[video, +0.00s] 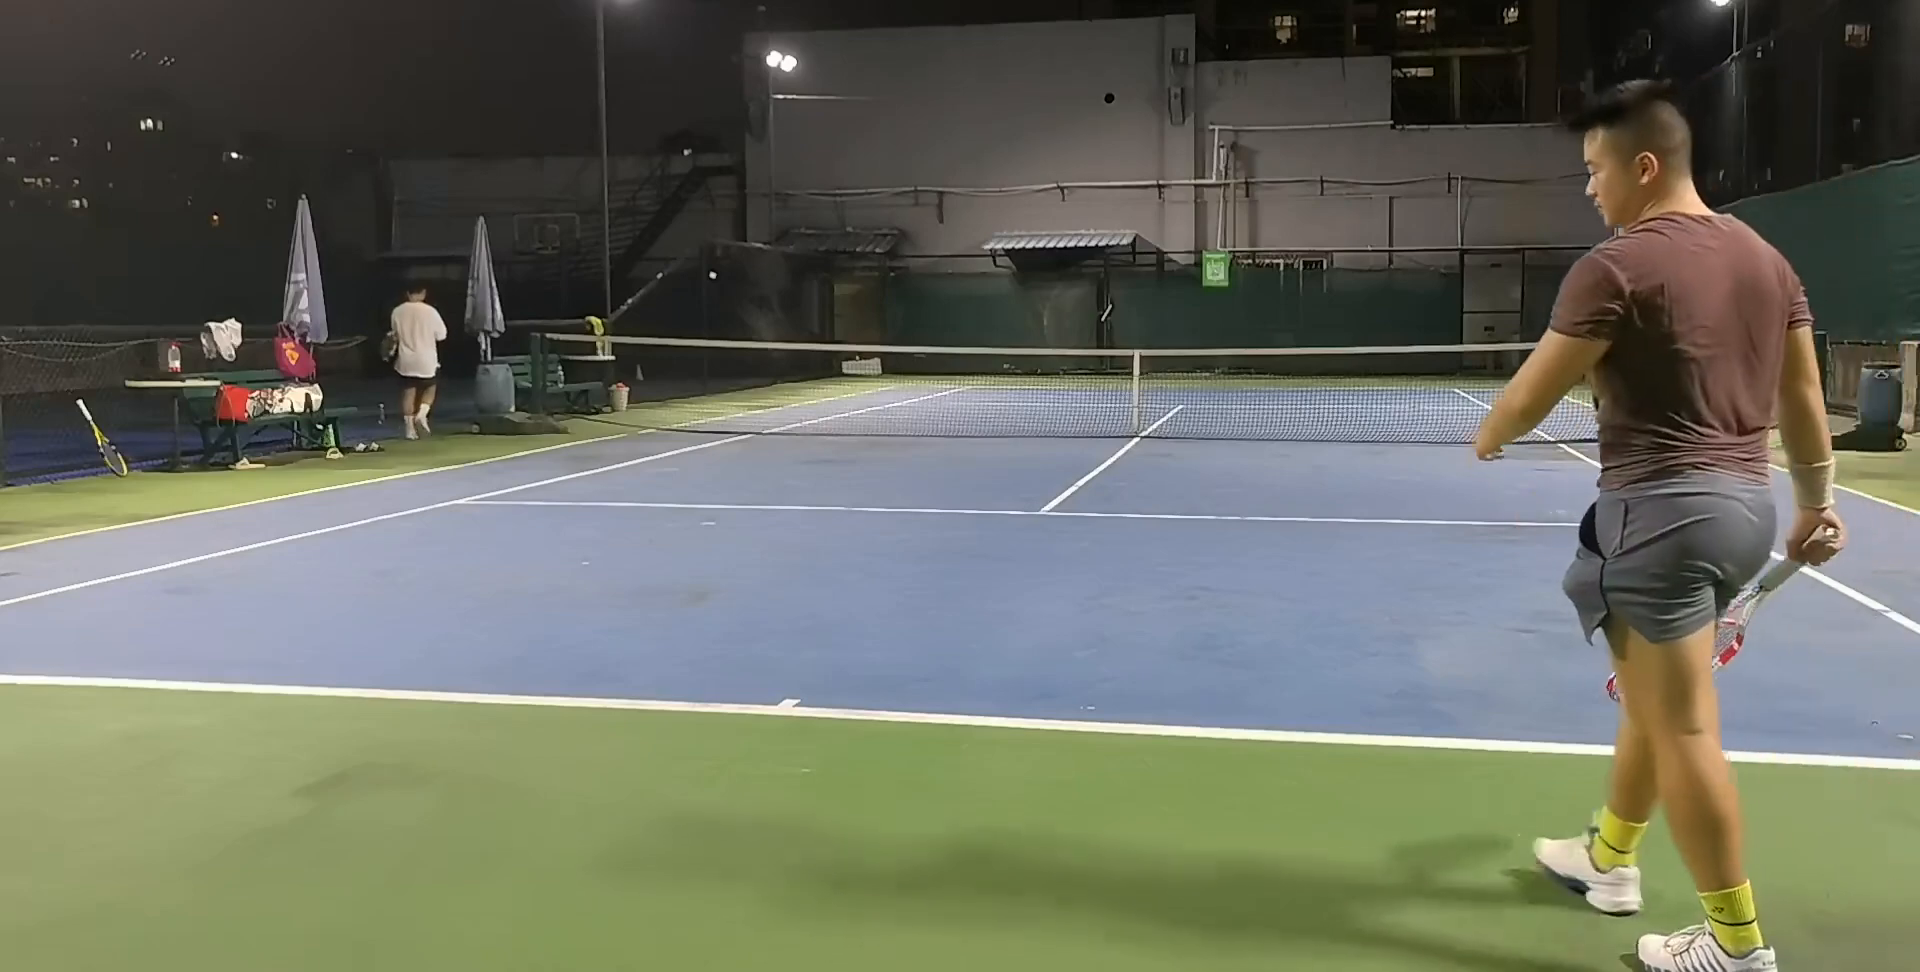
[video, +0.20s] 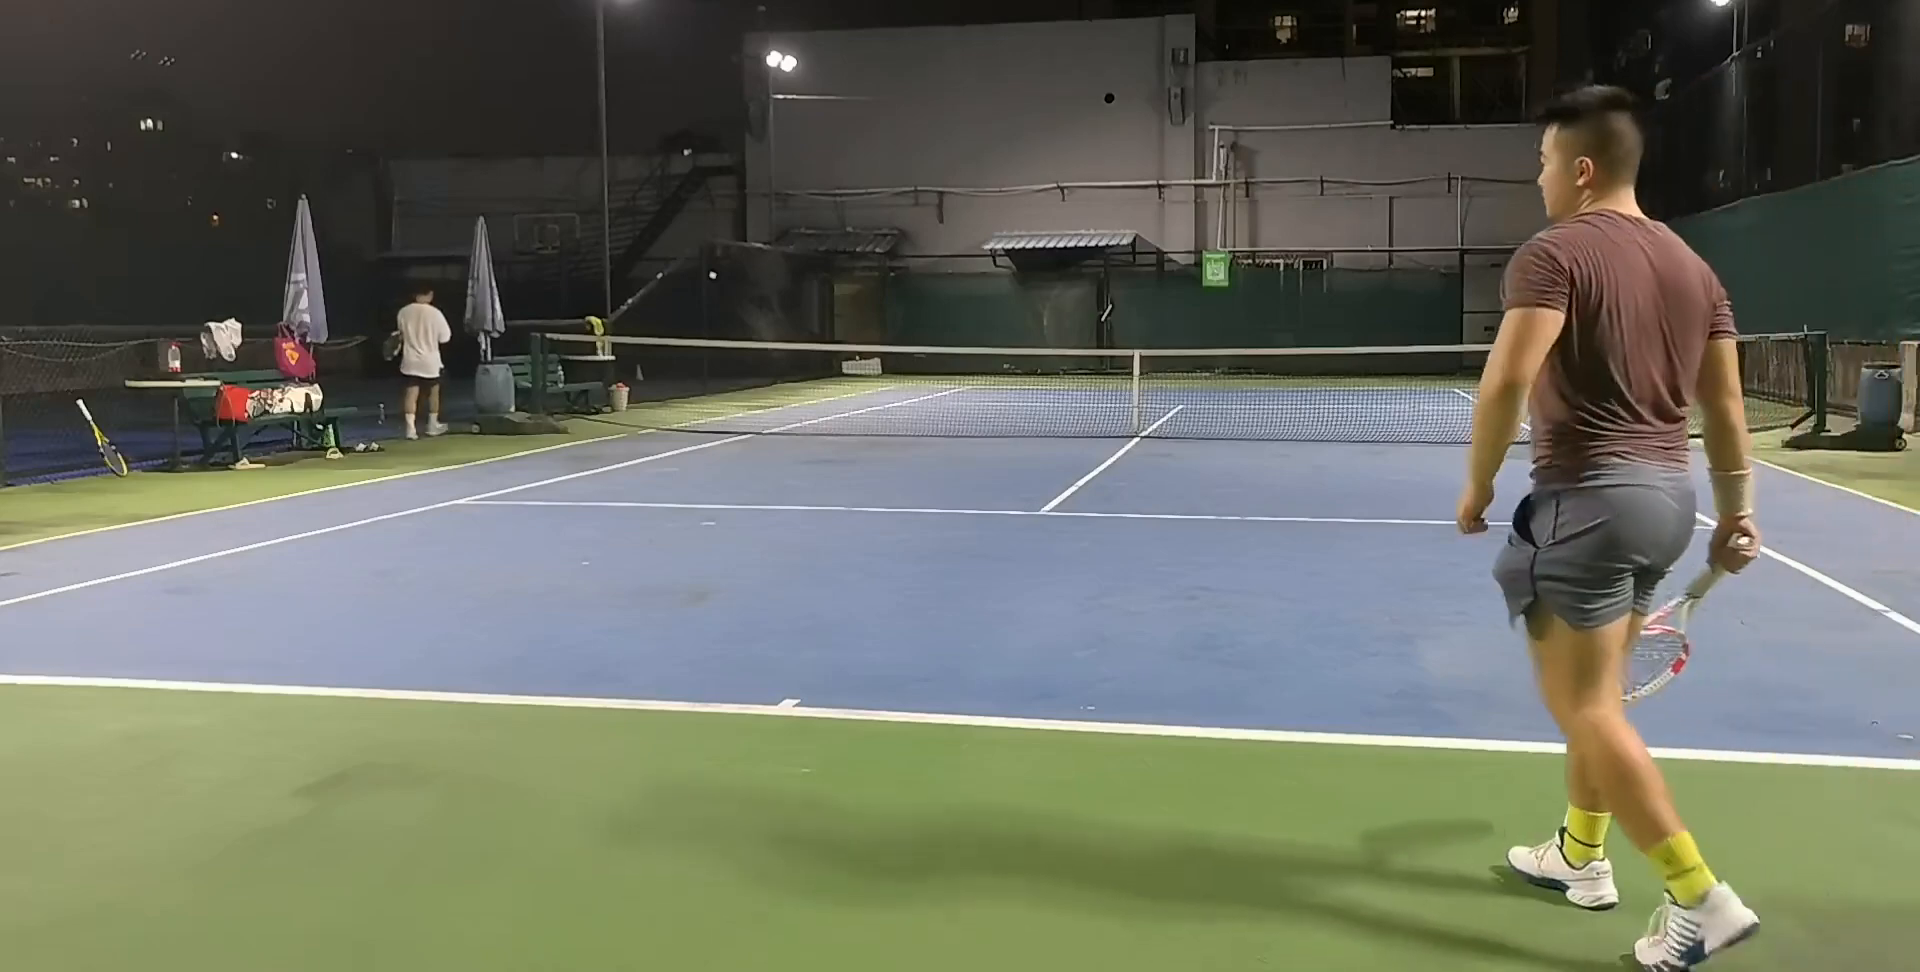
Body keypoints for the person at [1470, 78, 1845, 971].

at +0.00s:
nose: (1589, 190)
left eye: (1594, 172)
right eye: (1587, 174)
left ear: (1645, 165)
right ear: (1676, 164)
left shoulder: (1615, 267)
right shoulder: (1767, 261)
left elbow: (1532, 393)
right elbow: (1804, 406)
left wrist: (1488, 436)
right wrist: (1816, 503)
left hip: (1657, 507)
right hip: (1752, 502)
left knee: (1684, 729)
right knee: (1645, 683)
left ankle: (1738, 941)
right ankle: (1609, 860)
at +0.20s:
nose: (1540, 178)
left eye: (1546, 163)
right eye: (1542, 162)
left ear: (1582, 168)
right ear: (1626, 169)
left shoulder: (1555, 250)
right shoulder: (1694, 268)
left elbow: (1506, 380)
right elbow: (1725, 411)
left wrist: (1479, 482)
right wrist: (1735, 513)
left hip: (1590, 497)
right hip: (1672, 496)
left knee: (1587, 708)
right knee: (1595, 682)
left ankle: (1703, 898)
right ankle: (1581, 856)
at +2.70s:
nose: (887, 214)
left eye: (886, 206)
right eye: (891, 206)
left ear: (893, 205)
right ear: (951, 201)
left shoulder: (895, 265)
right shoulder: (1002, 268)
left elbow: (884, 355)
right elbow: (1040, 369)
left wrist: (880, 438)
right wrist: (1067, 444)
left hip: (926, 446)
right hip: (996, 449)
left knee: (943, 608)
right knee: (947, 599)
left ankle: (963, 759)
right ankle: (921, 721)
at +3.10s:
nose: (862, 208)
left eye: (862, 200)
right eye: (871, 200)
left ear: (869, 203)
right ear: (925, 204)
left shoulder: (850, 266)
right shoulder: (959, 279)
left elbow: (820, 361)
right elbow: (977, 383)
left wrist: (801, 438)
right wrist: (954, 434)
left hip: (871, 446)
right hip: (940, 446)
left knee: (839, 590)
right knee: (913, 585)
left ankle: (911, 709)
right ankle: (902, 722)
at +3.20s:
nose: (854, 209)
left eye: (853, 201)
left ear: (858, 204)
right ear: (914, 203)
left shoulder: (834, 268)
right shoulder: (950, 277)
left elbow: (814, 367)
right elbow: (965, 381)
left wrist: (806, 452)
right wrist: (929, 424)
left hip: (860, 441)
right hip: (929, 442)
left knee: (813, 578)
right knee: (910, 584)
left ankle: (861, 708)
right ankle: (903, 725)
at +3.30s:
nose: (838, 209)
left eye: (838, 201)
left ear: (843, 204)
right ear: (900, 202)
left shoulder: (819, 270)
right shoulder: (939, 275)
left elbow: (803, 367)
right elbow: (956, 370)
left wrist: (796, 450)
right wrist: (920, 413)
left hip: (845, 440)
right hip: (917, 441)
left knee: (805, 582)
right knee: (906, 587)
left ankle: (800, 729)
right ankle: (902, 727)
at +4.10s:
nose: (804, 211)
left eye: (751, 204)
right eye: (810, 202)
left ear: (749, 208)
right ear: (809, 206)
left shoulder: (715, 281)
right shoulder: (842, 278)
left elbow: (693, 373)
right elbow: (880, 370)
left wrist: (743, 362)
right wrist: (856, 420)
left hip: (740, 442)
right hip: (819, 446)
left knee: (748, 590)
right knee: (854, 590)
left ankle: (755, 738)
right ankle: (885, 727)